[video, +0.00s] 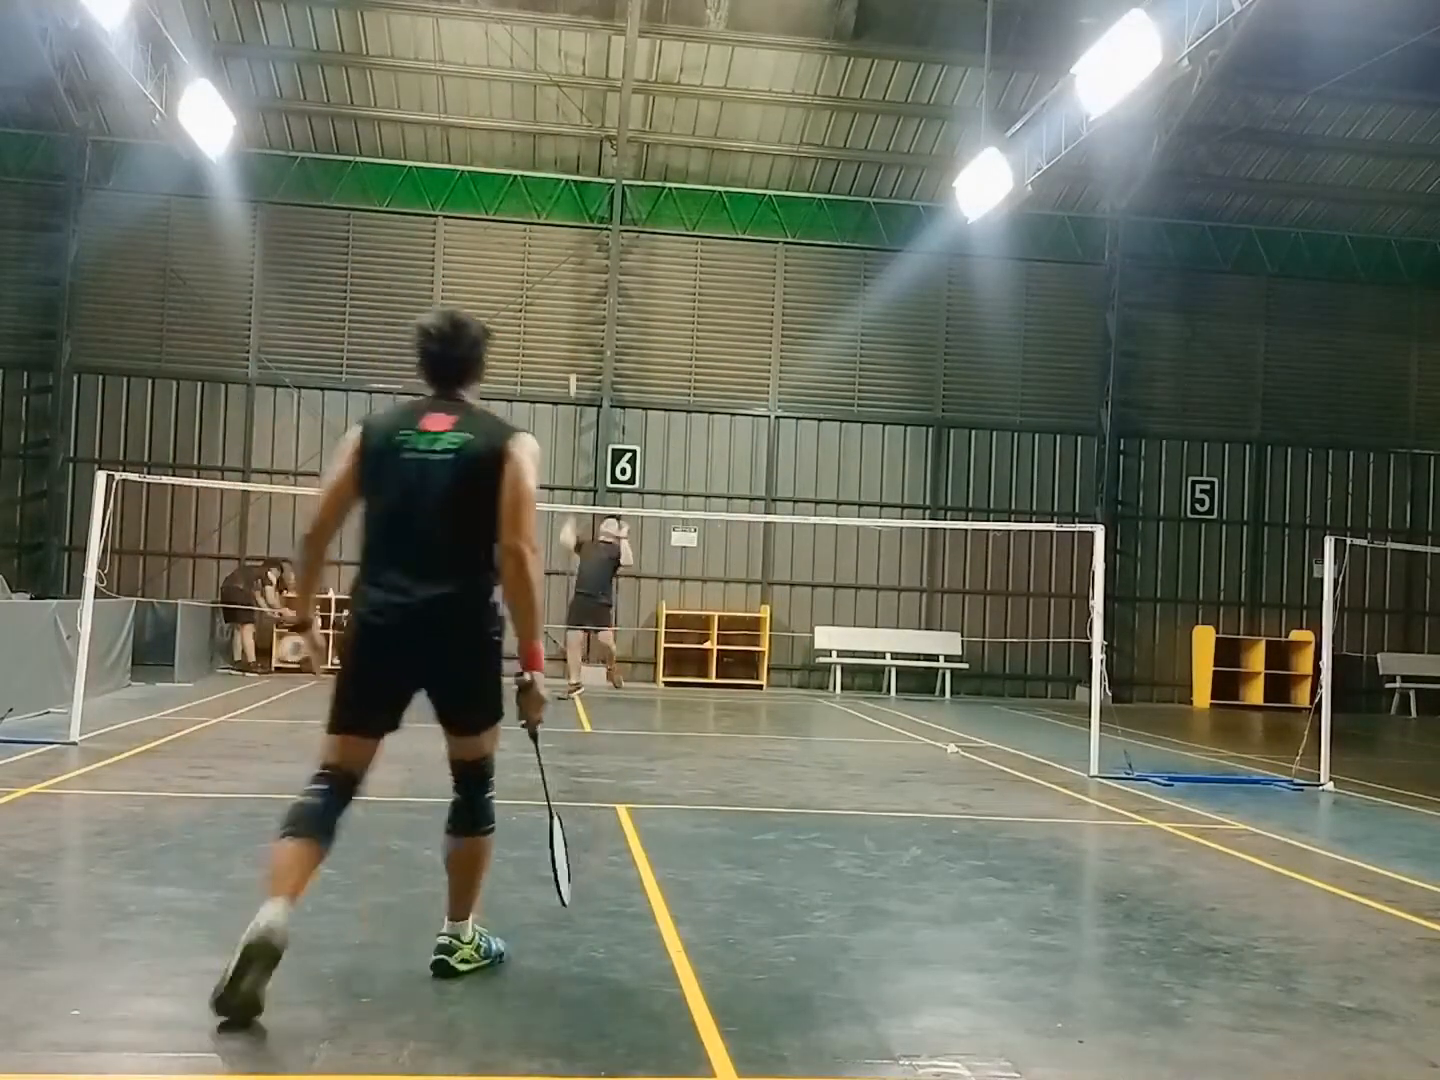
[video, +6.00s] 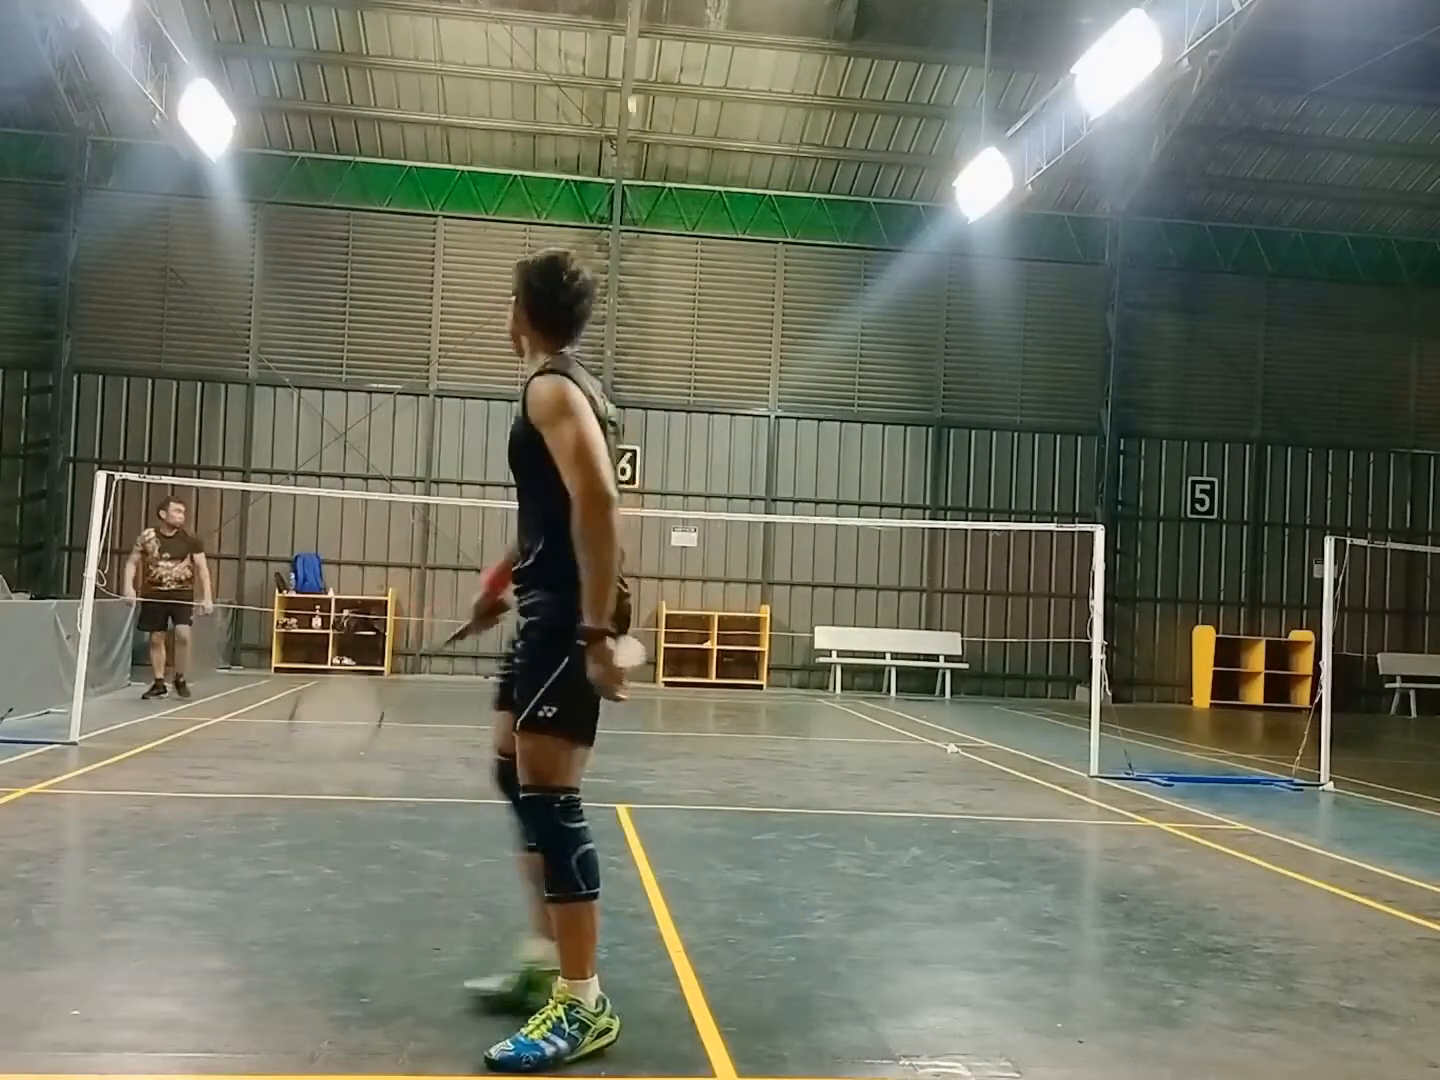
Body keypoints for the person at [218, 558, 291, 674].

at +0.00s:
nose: (276, 577)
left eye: (277, 574)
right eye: (277, 574)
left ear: (265, 568)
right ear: (273, 570)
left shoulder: (254, 574)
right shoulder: (269, 576)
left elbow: (258, 597)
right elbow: (271, 599)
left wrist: (270, 612)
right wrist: (281, 609)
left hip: (227, 589)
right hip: (240, 591)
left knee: (238, 628)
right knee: (248, 627)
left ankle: (237, 661)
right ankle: (252, 663)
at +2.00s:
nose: (320, 545)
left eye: (324, 542)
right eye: (318, 541)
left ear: (327, 544)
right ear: (311, 540)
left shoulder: (328, 564)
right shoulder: (298, 552)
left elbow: (321, 588)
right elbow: (281, 568)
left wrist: (312, 608)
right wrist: (275, 590)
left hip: (312, 598)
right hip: (293, 595)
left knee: (313, 630)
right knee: (293, 630)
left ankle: (309, 666)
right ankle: (292, 667)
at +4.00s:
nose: (263, 532)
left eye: (268, 528)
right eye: (260, 528)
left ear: (275, 531)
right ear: (256, 529)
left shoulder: (279, 552)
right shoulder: (256, 549)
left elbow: (274, 581)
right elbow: (250, 568)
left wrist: (264, 601)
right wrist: (253, 580)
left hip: (275, 593)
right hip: (260, 591)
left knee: (269, 635)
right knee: (249, 634)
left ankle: (269, 676)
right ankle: (271, 666)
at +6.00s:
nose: (181, 515)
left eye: (183, 512)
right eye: (177, 511)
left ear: (184, 515)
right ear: (163, 513)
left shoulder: (191, 542)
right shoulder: (148, 537)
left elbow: (203, 569)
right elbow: (132, 563)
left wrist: (207, 597)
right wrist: (128, 588)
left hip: (182, 597)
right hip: (154, 596)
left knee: (183, 636)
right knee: (156, 639)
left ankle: (180, 679)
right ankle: (159, 682)